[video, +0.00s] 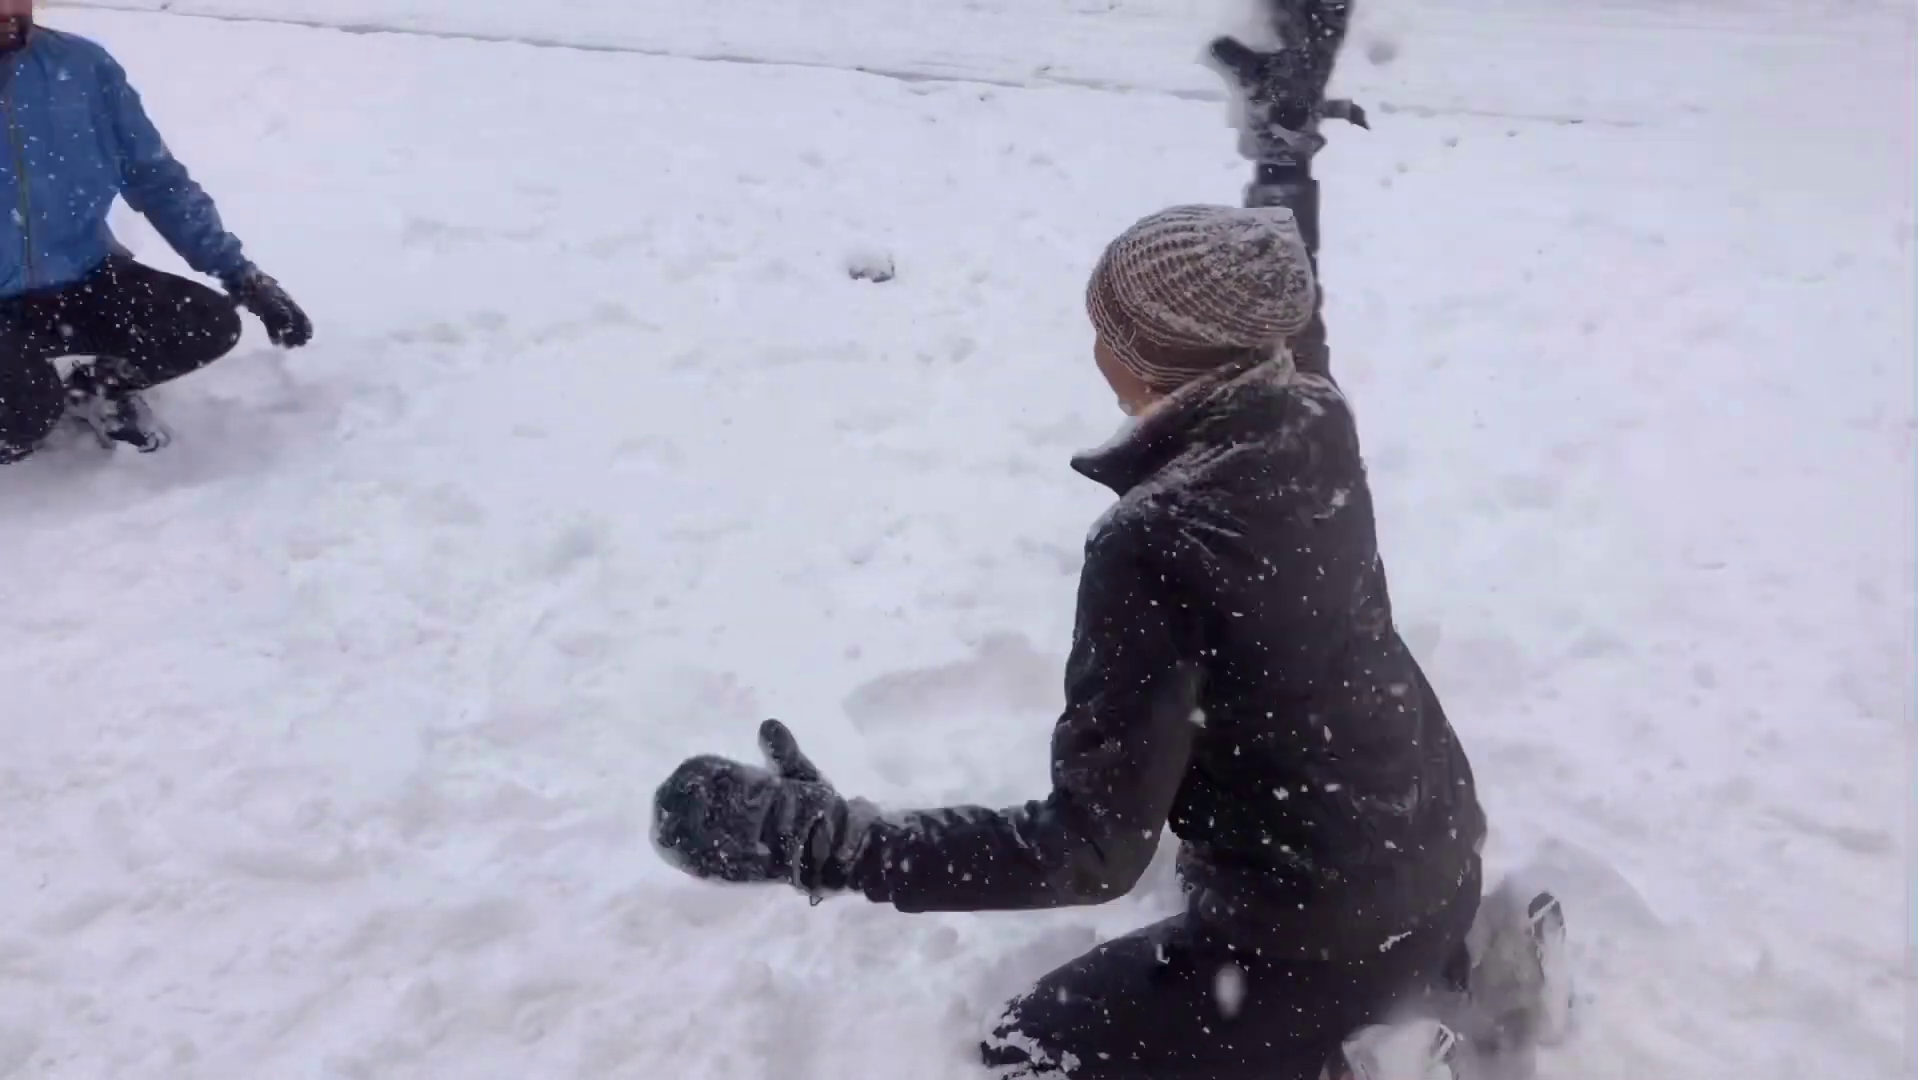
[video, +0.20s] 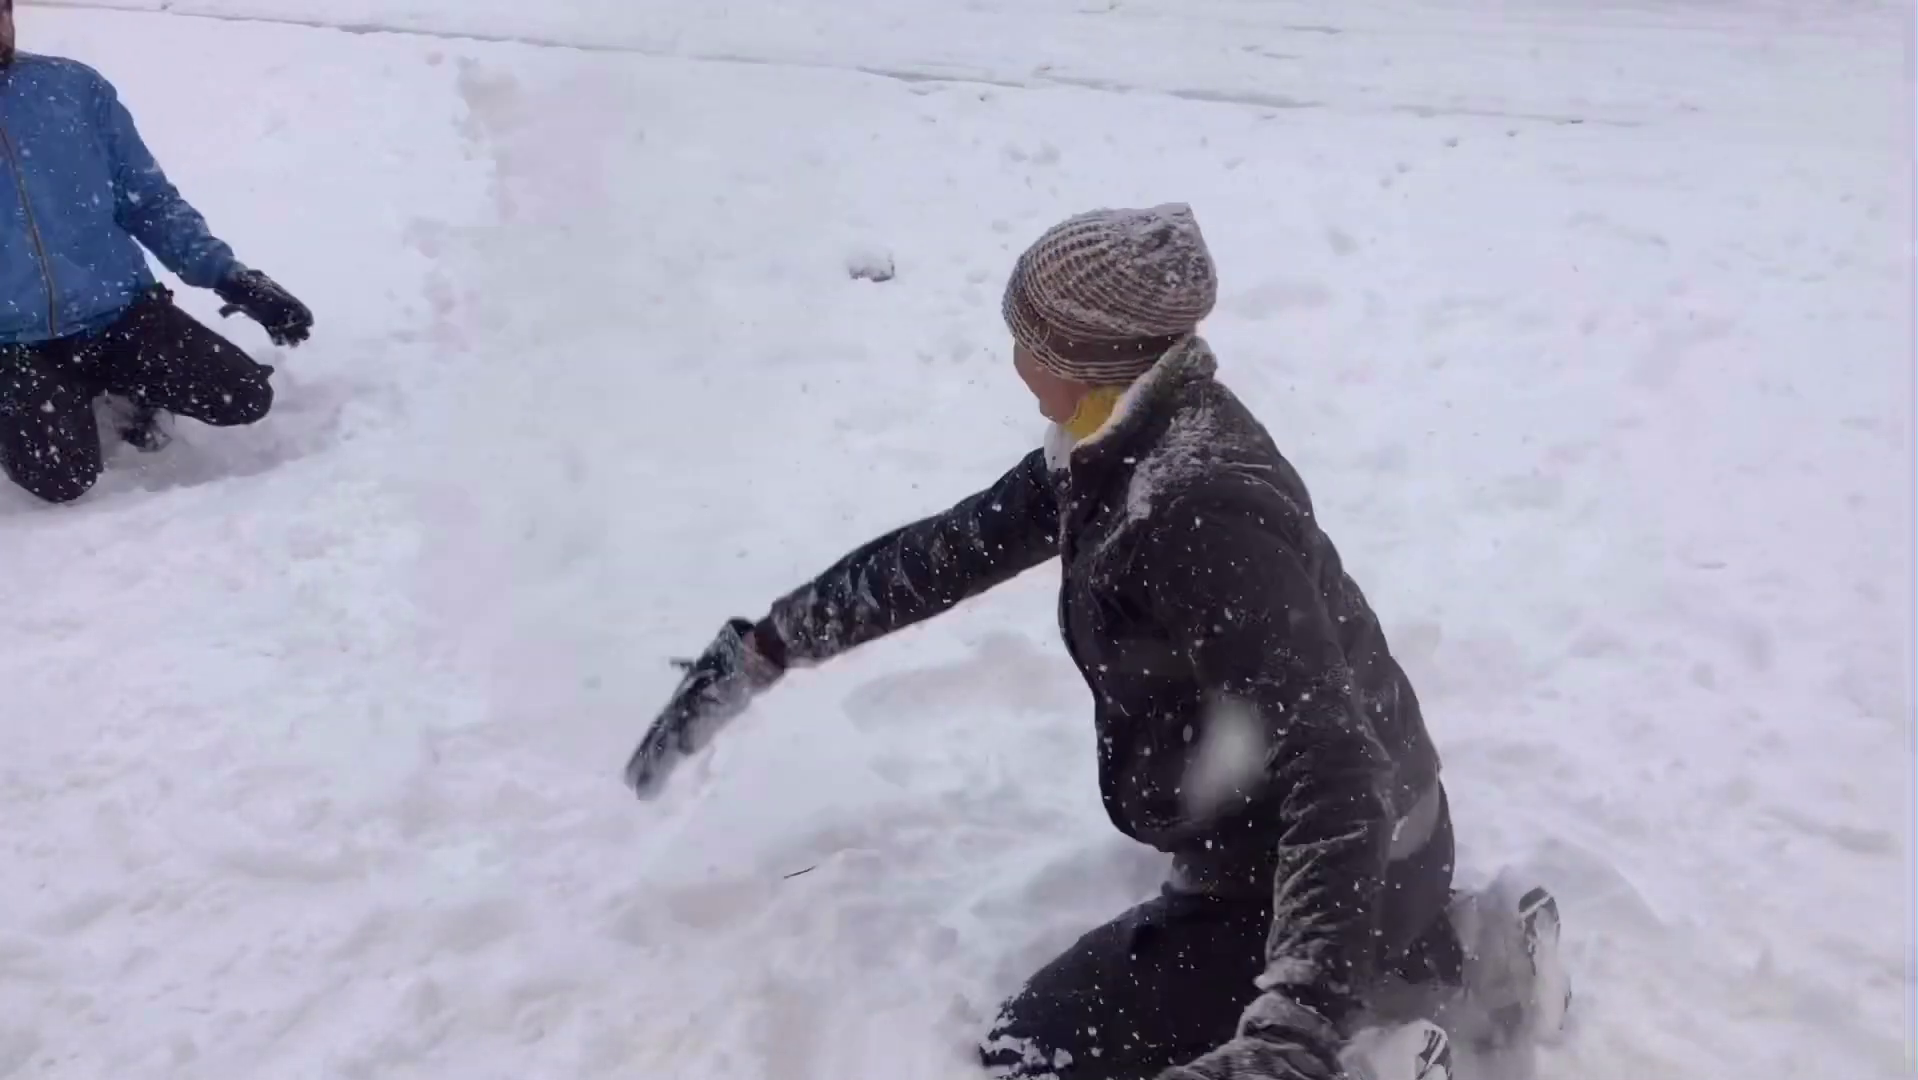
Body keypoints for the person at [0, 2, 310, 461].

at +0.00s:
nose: (13, 12)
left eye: (19, 2)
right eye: (4, 5)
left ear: (33, 4)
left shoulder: (82, 68)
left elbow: (158, 182)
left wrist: (244, 277)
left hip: (83, 284)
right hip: (5, 305)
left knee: (210, 323)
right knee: (25, 411)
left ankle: (100, 384)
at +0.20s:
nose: (6, 20)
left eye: (5, 10)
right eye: (2, 11)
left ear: (11, 15)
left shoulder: (71, 87)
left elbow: (150, 203)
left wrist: (235, 280)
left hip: (120, 316)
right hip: (20, 344)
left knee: (248, 397)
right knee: (63, 479)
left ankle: (132, 378)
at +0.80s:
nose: (167, 86)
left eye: (177, 66)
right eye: (146, 69)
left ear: (191, 64)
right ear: (106, 74)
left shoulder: (234, 146)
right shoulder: (43, 159)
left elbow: (282, 282)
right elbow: (49, 313)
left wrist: (332, 395)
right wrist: (87, 449)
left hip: (213, 353)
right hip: (107, 362)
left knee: (289, 457)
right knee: (128, 484)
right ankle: (52, 431)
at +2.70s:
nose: (277, 154)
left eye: (287, 128)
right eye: (250, 141)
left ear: (294, 98)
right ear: (198, 125)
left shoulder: (334, 112)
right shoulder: (143, 212)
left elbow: (444, 204)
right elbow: (208, 383)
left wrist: (551, 311)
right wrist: (316, 504)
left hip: (379, 340)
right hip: (266, 388)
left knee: (482, 473)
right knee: (293, 538)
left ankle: (375, 440)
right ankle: (155, 472)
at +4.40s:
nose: (481, 177)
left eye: (502, 151)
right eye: (458, 152)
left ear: (541, 148)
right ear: (430, 148)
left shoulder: (598, 239)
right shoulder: (359, 255)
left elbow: (625, 415)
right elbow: (317, 445)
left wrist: (666, 567)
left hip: (517, 434)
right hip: (395, 461)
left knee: (603, 537)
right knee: (488, 633)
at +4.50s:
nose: (463, 180)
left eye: (485, 156)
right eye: (443, 155)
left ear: (529, 150)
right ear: (420, 148)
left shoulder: (593, 231)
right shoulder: (354, 257)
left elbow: (625, 407)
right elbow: (305, 444)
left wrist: (662, 565)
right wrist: (272, 602)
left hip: (523, 436)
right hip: (391, 466)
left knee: (600, 552)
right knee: (485, 636)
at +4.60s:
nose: (400, 197)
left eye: (419, 176)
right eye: (387, 172)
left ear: (479, 161)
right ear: (374, 158)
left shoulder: (582, 212)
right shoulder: (342, 269)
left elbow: (624, 379)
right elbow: (302, 452)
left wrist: (649, 536)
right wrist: (256, 612)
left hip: (533, 426)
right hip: (397, 456)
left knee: (635, 577)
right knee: (480, 632)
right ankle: (347, 519)